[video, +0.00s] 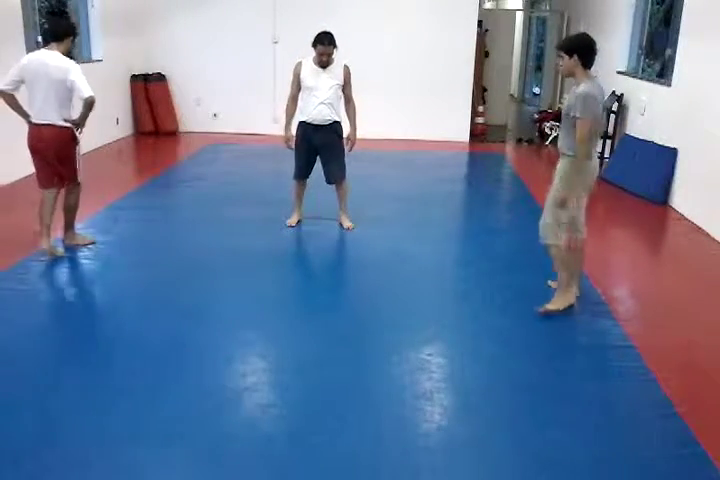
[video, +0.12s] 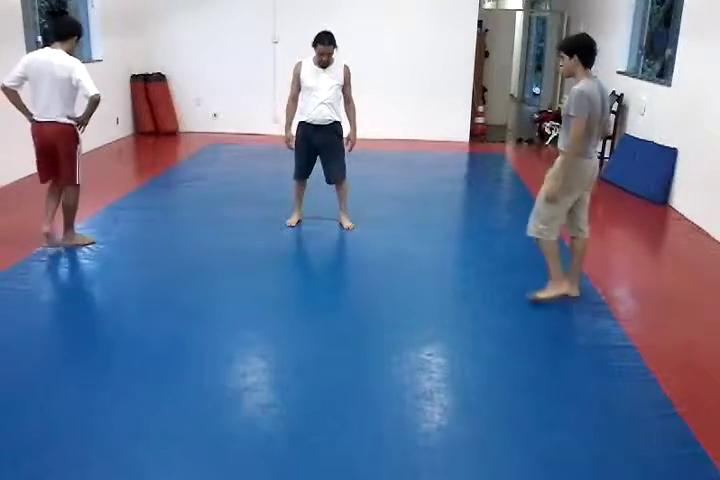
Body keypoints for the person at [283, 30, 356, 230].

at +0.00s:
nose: (324, 58)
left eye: (329, 54)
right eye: (321, 54)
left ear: (334, 51)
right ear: (314, 50)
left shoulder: (342, 71)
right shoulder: (301, 68)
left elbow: (348, 101)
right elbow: (293, 98)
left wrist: (353, 130)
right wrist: (287, 129)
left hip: (332, 129)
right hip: (306, 128)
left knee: (339, 177)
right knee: (300, 176)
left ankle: (343, 214)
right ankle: (297, 212)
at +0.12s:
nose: (325, 58)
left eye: (329, 54)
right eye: (321, 54)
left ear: (334, 51)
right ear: (314, 50)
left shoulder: (342, 71)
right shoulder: (301, 68)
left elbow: (348, 102)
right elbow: (293, 99)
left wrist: (353, 130)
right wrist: (288, 130)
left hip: (332, 129)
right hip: (306, 128)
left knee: (339, 177)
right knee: (300, 176)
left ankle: (343, 214)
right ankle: (297, 212)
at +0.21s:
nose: (324, 58)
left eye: (329, 54)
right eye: (321, 54)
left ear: (334, 51)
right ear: (314, 50)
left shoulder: (342, 71)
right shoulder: (301, 68)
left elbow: (348, 101)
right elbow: (293, 99)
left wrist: (353, 129)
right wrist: (287, 130)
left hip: (332, 130)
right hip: (305, 129)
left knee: (339, 177)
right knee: (300, 176)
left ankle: (343, 214)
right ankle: (297, 212)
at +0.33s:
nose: (325, 57)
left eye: (329, 53)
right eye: (321, 53)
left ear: (335, 51)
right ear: (314, 49)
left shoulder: (342, 71)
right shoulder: (301, 68)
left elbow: (347, 101)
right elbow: (292, 99)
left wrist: (352, 130)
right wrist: (285, 130)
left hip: (331, 129)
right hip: (305, 128)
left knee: (339, 177)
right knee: (300, 175)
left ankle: (343, 214)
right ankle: (297, 212)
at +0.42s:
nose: (325, 57)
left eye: (329, 53)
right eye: (321, 52)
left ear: (334, 50)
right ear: (314, 49)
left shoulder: (342, 71)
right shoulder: (301, 68)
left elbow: (347, 101)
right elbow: (292, 99)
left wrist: (352, 129)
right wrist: (285, 130)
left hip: (331, 129)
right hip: (305, 128)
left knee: (339, 177)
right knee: (300, 175)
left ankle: (343, 214)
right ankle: (297, 212)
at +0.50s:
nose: (324, 57)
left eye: (329, 53)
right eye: (321, 52)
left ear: (334, 50)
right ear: (313, 49)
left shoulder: (342, 71)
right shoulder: (301, 68)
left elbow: (347, 102)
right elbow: (292, 99)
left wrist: (351, 130)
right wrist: (285, 130)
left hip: (331, 129)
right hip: (305, 128)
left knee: (339, 177)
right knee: (300, 175)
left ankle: (343, 214)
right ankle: (297, 212)